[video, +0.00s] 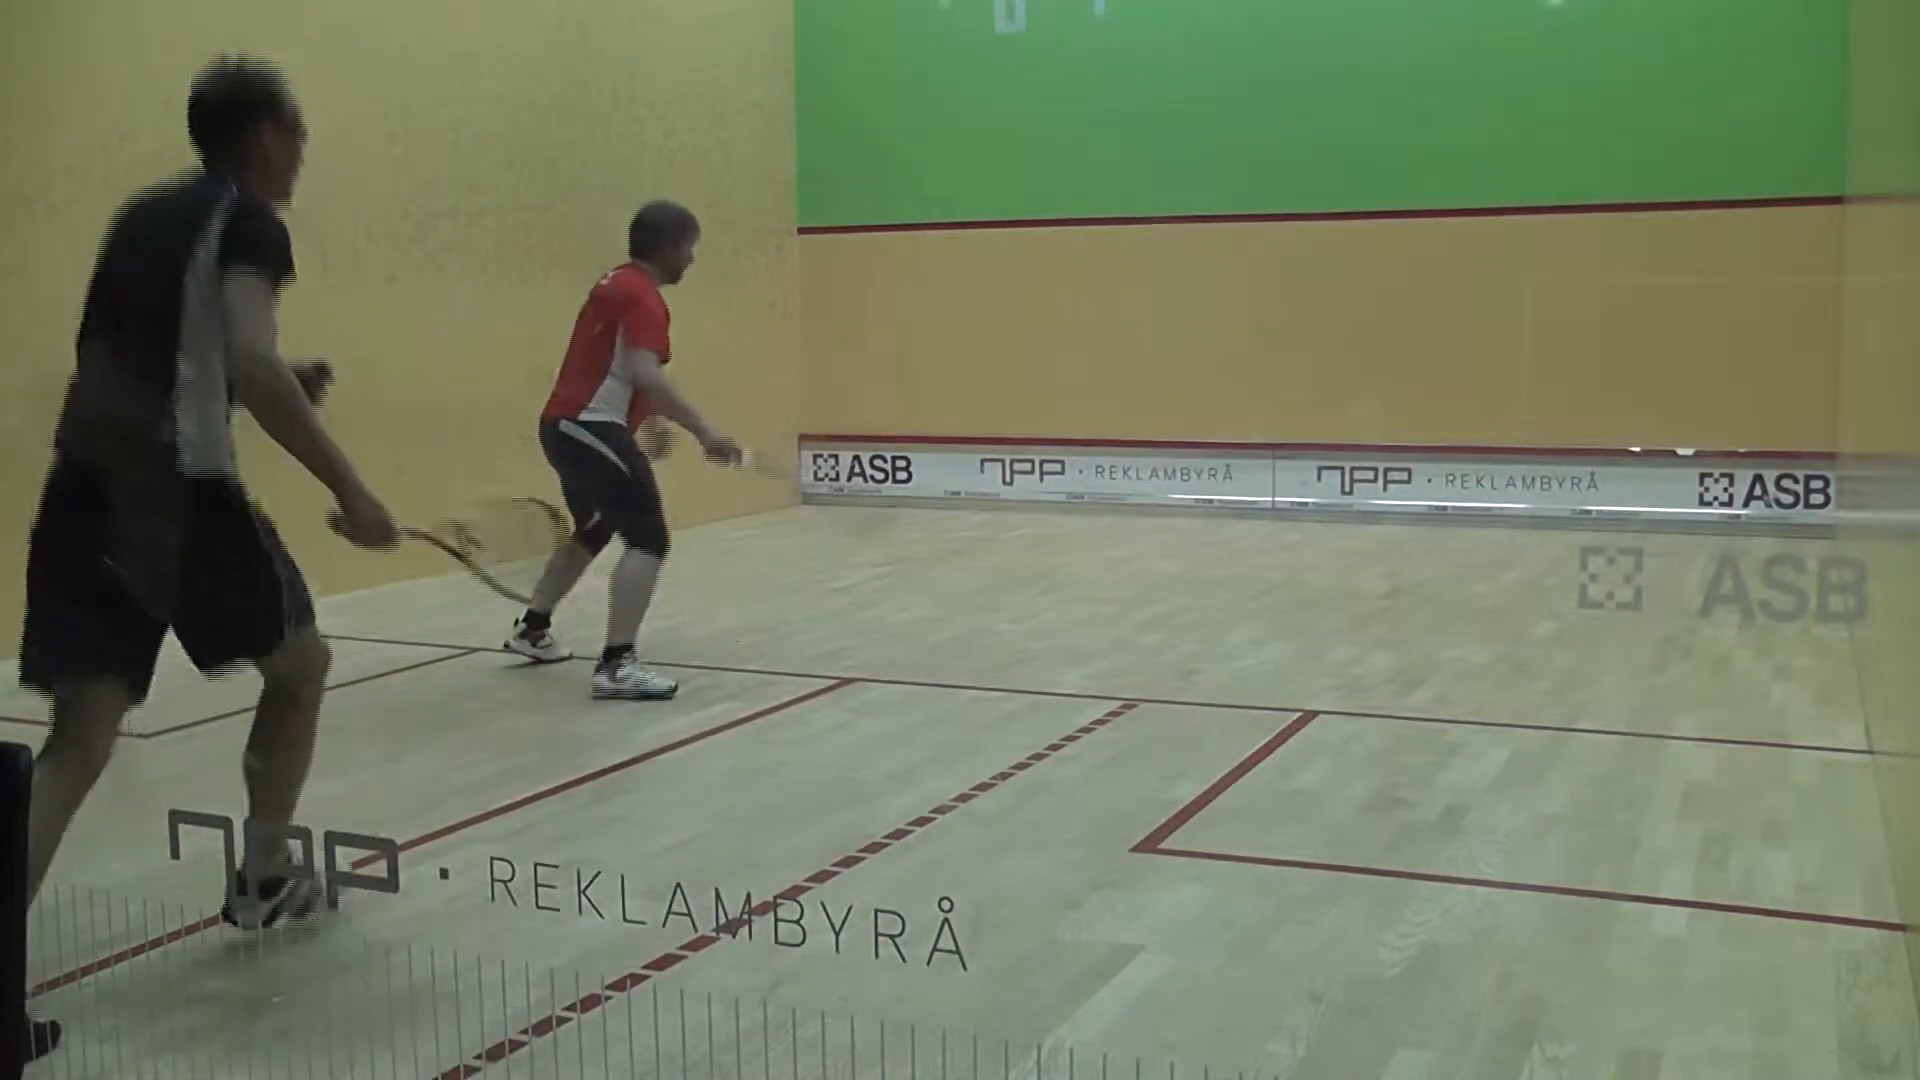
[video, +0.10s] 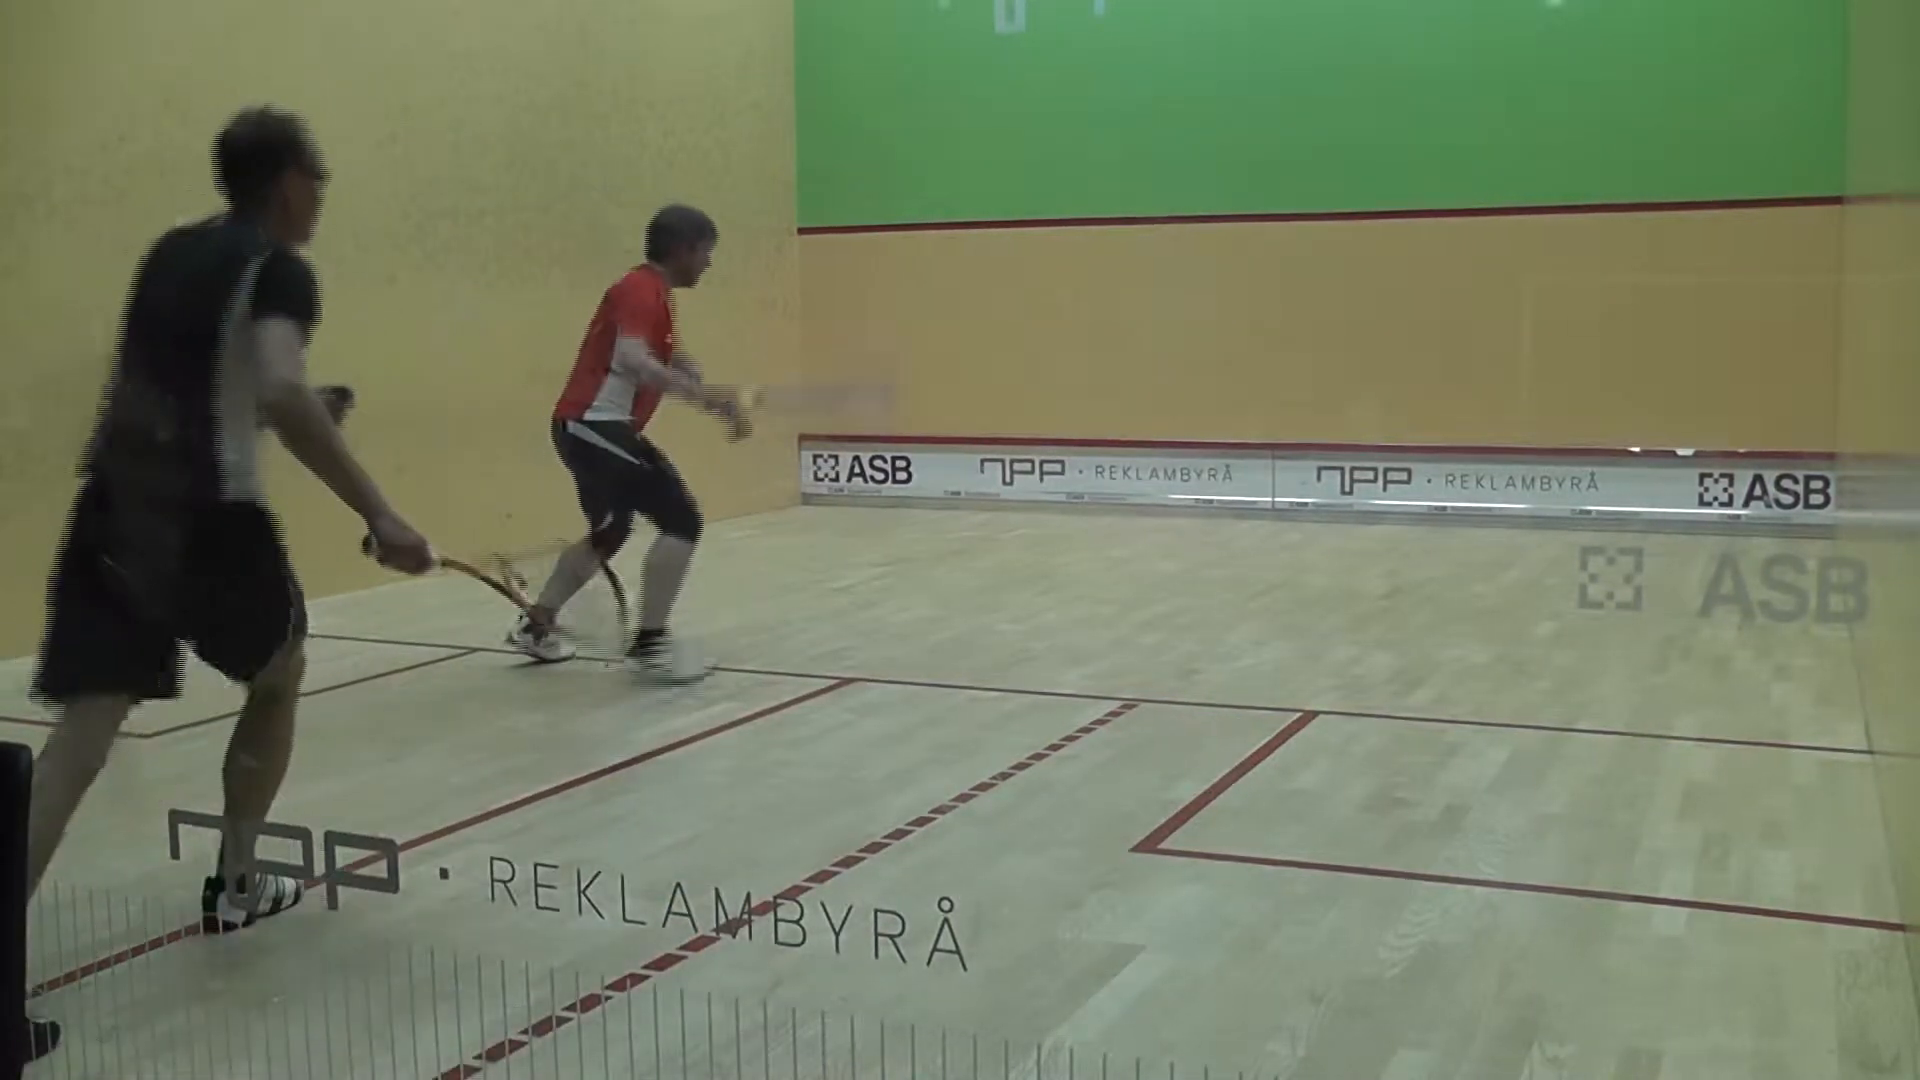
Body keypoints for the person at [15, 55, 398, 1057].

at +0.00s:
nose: (302, 158)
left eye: (299, 140)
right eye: (296, 140)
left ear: (212, 142)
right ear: (265, 141)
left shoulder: (144, 213)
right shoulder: (249, 220)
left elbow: (144, 363)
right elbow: (251, 366)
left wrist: (270, 378)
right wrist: (349, 488)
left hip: (84, 497)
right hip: (180, 499)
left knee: (77, 740)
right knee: (300, 662)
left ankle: (3, 967)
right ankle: (266, 873)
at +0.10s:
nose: (321, 197)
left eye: (318, 180)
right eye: (314, 181)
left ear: (238, 186)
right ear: (284, 186)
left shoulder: (171, 253)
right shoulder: (276, 266)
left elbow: (174, 392)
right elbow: (283, 397)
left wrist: (292, 406)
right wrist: (379, 515)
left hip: (115, 517)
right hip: (210, 524)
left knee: (81, 731)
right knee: (276, 681)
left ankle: (9, 931)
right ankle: (236, 879)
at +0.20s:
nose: (346, 180)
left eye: (344, 163)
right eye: (339, 163)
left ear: (263, 165)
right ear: (309, 168)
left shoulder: (198, 233)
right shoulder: (310, 252)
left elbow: (188, 374)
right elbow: (303, 380)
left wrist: (310, 391)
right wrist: (384, 500)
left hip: (151, 493)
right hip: (249, 498)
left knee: (131, 706)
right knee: (278, 684)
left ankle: (24, 881)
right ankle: (237, 874)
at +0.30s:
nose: (370, 131)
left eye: (369, 114)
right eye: (364, 114)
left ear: (291, 115)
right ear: (335, 118)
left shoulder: (218, 185)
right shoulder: (340, 204)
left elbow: (170, 304)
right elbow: (340, 336)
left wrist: (267, 320)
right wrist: (398, 463)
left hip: (192, 448)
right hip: (289, 451)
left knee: (201, 637)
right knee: (316, 635)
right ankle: (259, 825)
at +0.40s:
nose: (385, 127)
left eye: (383, 112)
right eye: (382, 111)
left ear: (308, 108)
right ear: (361, 109)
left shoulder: (233, 176)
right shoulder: (363, 194)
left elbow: (178, 289)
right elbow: (370, 334)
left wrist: (262, 293)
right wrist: (421, 452)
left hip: (221, 433)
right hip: (314, 436)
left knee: (239, 606)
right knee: (340, 618)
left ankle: (209, 793)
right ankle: (306, 807)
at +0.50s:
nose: (407, 155)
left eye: (405, 140)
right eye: (404, 140)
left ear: (332, 140)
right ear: (383, 140)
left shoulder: (268, 210)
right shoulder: (387, 225)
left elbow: (203, 309)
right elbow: (414, 357)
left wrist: (275, 345)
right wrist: (472, 472)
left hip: (265, 448)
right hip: (350, 452)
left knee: (296, 614)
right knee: (359, 639)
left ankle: (300, 781)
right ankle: (318, 819)